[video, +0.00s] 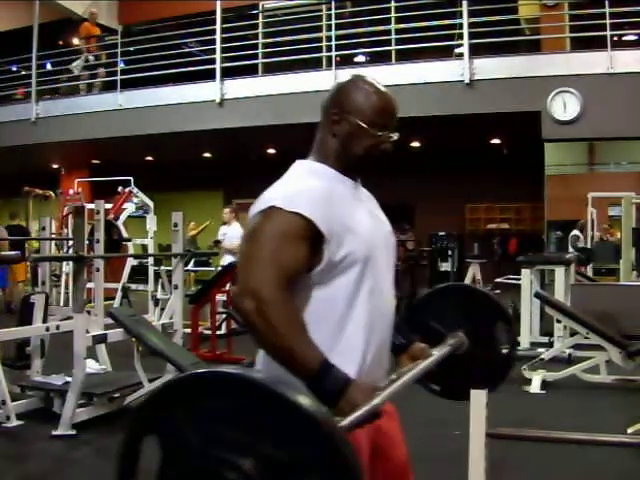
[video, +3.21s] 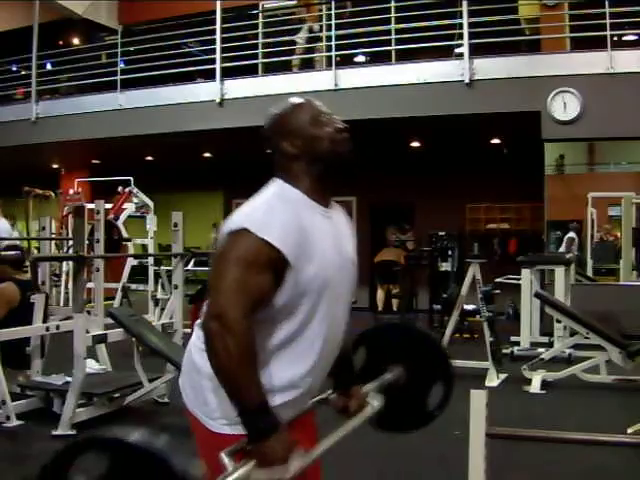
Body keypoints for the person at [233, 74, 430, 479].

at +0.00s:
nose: (386, 142)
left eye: (389, 132)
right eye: (375, 129)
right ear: (335, 121)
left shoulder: (361, 200)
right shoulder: (304, 191)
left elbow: (352, 298)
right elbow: (256, 295)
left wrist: (402, 344)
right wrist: (335, 386)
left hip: (373, 414)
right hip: (312, 426)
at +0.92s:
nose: (359, 137)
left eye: (359, 126)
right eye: (348, 125)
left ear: (314, 130)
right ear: (310, 128)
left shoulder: (332, 208)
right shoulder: (271, 198)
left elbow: (316, 305)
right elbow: (224, 291)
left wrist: (357, 354)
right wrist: (280, 382)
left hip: (321, 409)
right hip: (267, 416)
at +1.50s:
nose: (308, 107)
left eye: (303, 100)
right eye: (291, 103)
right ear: (261, 125)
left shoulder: (318, 204)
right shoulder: (242, 202)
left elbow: (326, 300)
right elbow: (225, 309)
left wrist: (354, 367)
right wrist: (263, 410)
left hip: (305, 409)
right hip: (241, 422)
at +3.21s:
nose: (339, 125)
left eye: (332, 117)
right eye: (320, 121)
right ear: (290, 146)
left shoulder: (337, 219)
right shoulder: (266, 220)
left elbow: (320, 309)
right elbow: (223, 321)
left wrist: (344, 379)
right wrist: (261, 426)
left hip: (291, 400)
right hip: (235, 411)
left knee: (304, 471)